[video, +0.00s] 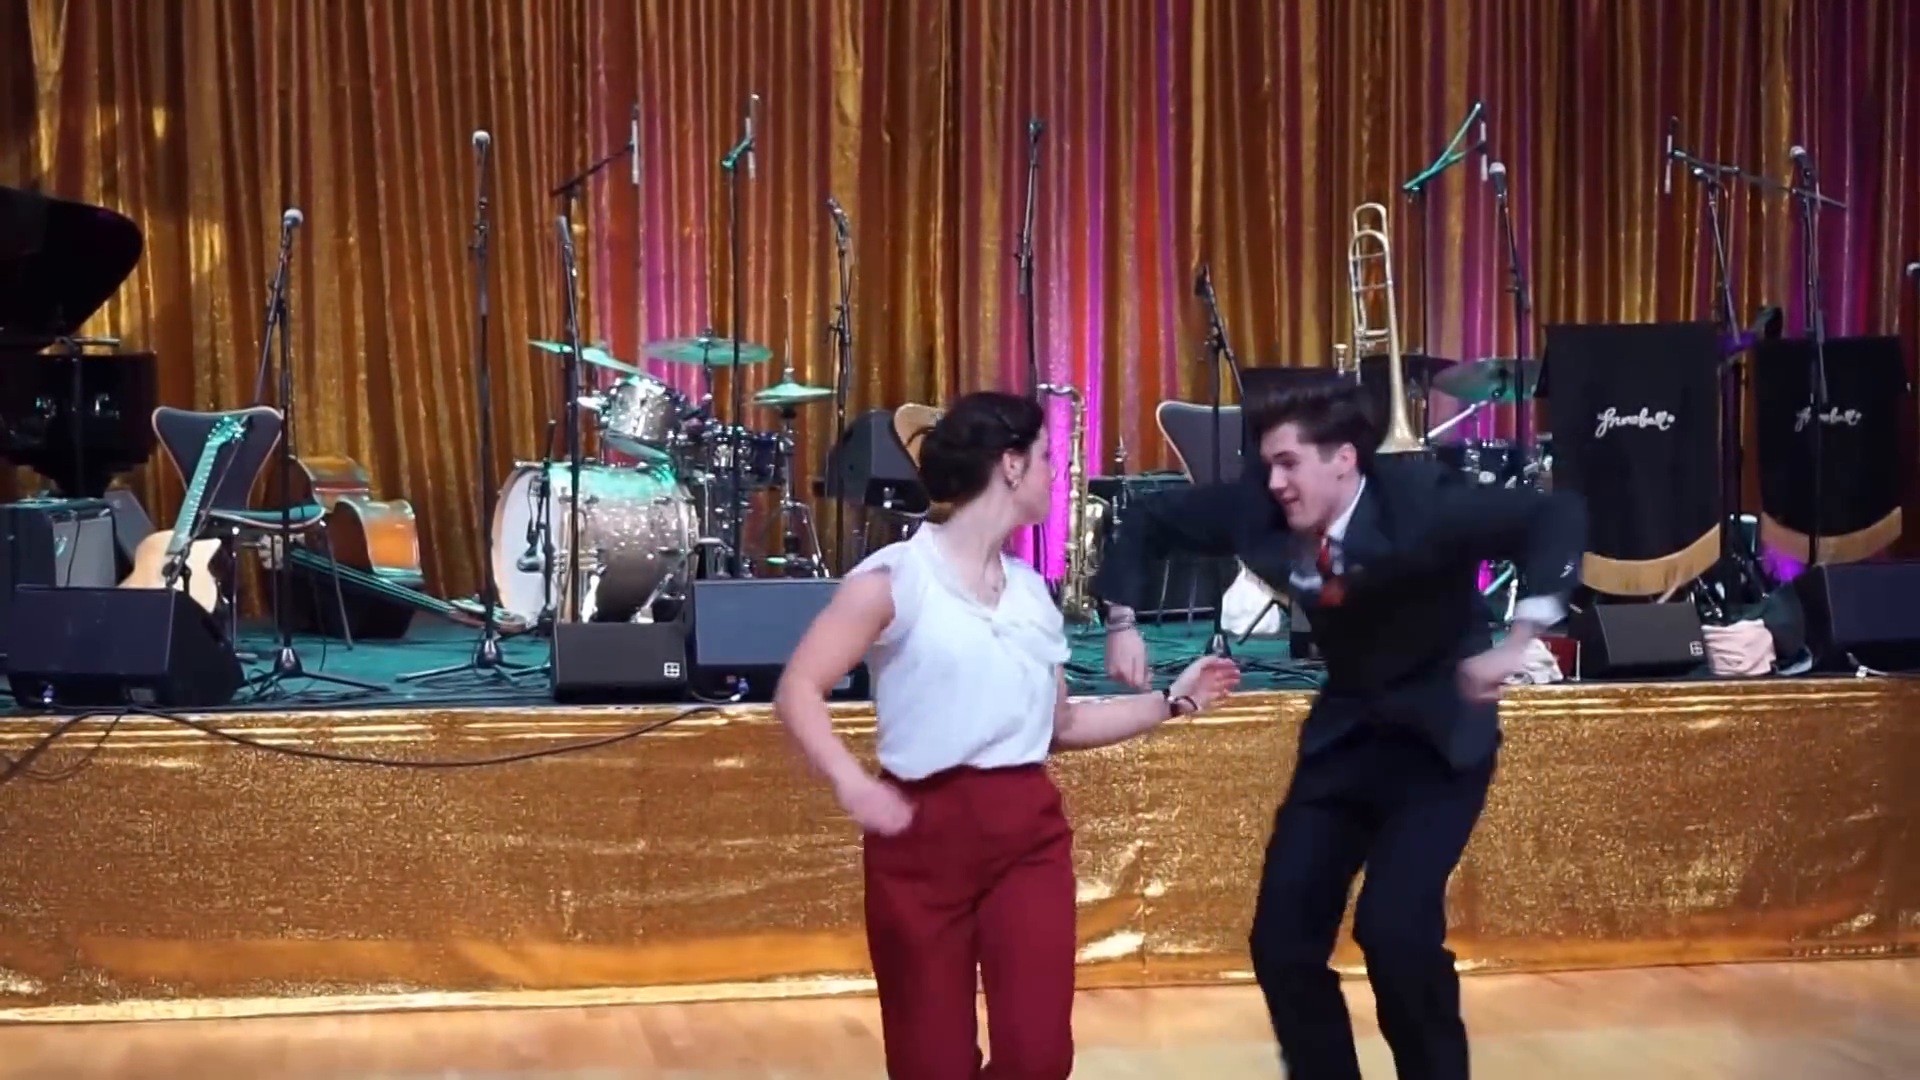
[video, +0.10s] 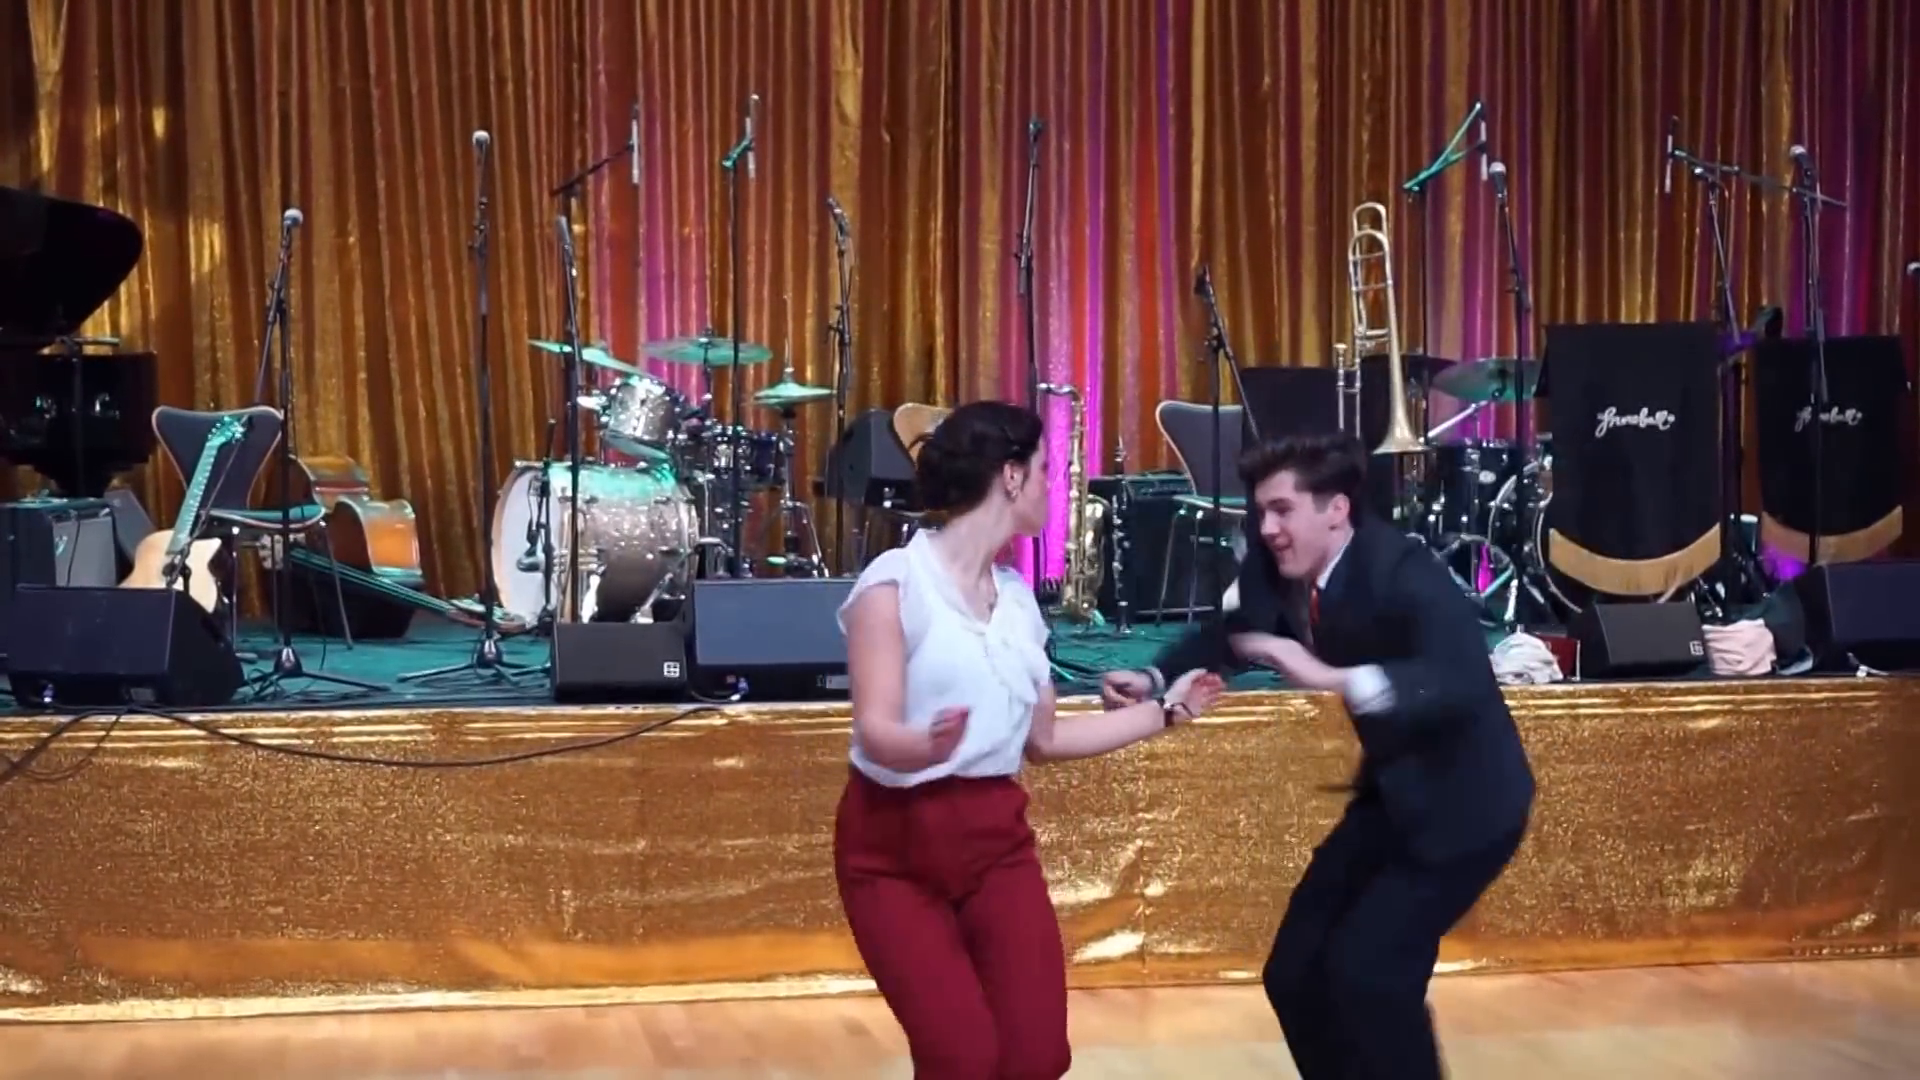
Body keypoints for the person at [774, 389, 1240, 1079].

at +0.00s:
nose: (1053, 475)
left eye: (1050, 458)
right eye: (1045, 457)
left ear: (1001, 469)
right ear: (1008, 466)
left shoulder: (1032, 592)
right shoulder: (893, 578)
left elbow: (1060, 724)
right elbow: (797, 692)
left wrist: (1174, 702)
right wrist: (856, 786)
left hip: (1030, 839)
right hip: (921, 843)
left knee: (1038, 1060)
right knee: (934, 1066)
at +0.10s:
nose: (1050, 490)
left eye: (1048, 472)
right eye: (1045, 471)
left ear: (1003, 482)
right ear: (1011, 479)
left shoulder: (1018, 600)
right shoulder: (888, 584)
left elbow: (1046, 737)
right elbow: (874, 731)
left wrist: (1166, 709)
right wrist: (925, 746)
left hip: (998, 850)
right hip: (891, 855)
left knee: (1039, 1057)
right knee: (964, 1058)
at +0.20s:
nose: (1046, 497)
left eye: (1043, 479)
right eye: (1040, 477)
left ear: (997, 487)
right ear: (1006, 485)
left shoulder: (1005, 609)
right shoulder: (891, 592)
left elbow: (1015, 752)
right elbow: (930, 743)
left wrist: (1135, 726)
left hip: (956, 848)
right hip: (857, 844)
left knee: (1018, 1047)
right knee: (955, 1037)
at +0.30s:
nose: (1027, 497)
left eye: (1028, 479)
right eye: (1024, 477)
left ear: (980, 481)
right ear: (989, 480)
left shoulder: (979, 590)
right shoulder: (888, 575)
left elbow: (977, 716)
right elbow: (927, 731)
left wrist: (1068, 711)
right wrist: (1052, 717)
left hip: (912, 843)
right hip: (828, 841)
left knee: (983, 1055)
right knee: (896, 1062)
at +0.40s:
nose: (994, 482)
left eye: (999, 465)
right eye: (992, 462)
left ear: (946, 454)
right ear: (948, 451)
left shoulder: (914, 548)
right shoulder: (870, 541)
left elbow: (945, 671)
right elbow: (894, 704)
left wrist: (1044, 659)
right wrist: (1000, 748)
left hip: (849, 812)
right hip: (794, 811)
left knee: (942, 1024)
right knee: (880, 1030)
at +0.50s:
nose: (939, 485)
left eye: (942, 469)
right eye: (935, 467)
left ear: (887, 457)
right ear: (890, 458)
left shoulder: (845, 538)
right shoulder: (848, 545)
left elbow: (872, 683)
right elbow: (846, 705)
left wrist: (948, 633)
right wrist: (918, 829)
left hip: (807, 827)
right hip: (772, 826)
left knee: (926, 1006)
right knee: (806, 1051)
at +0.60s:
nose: (890, 509)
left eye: (895, 494)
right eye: (885, 491)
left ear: (829, 481)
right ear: (835, 481)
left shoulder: (758, 566)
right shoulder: (826, 570)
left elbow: (758, 708)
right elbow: (792, 703)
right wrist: (783, 848)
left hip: (747, 810)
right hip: (794, 818)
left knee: (865, 1045)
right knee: (754, 1054)